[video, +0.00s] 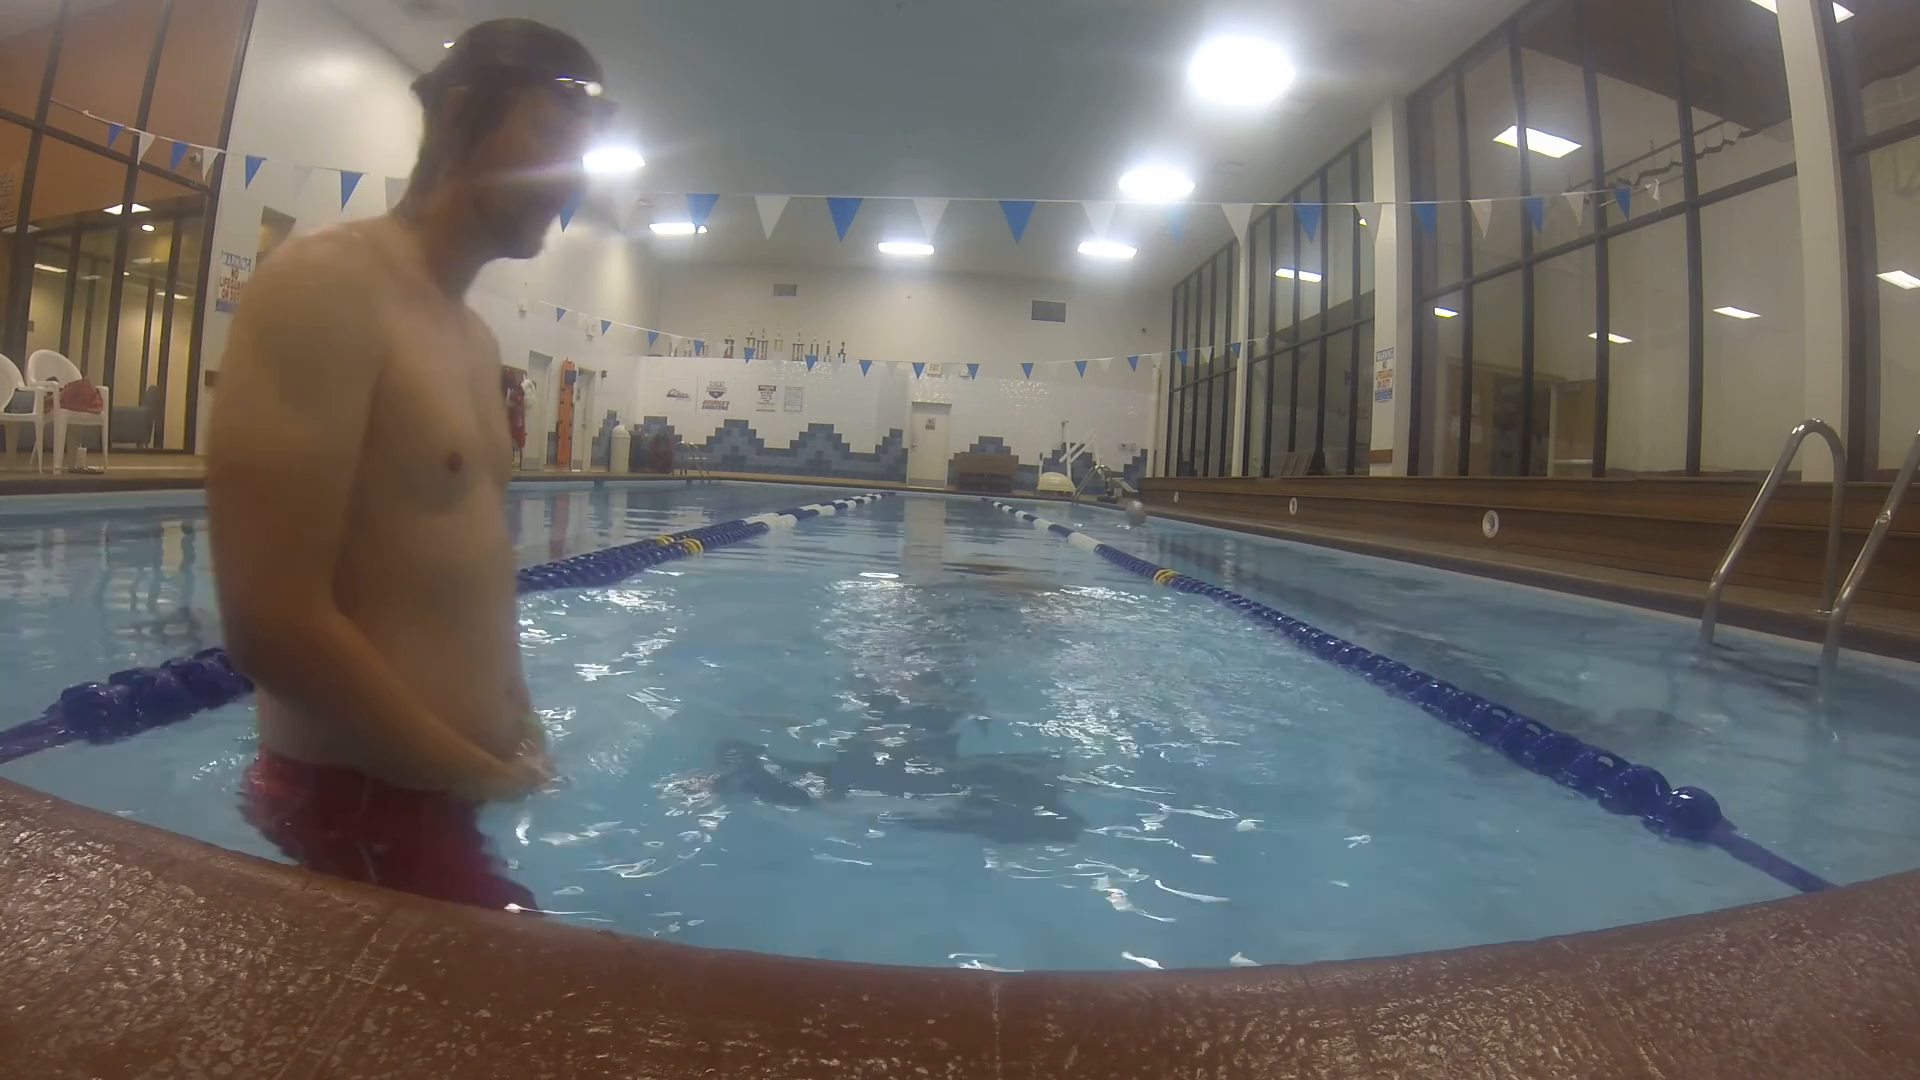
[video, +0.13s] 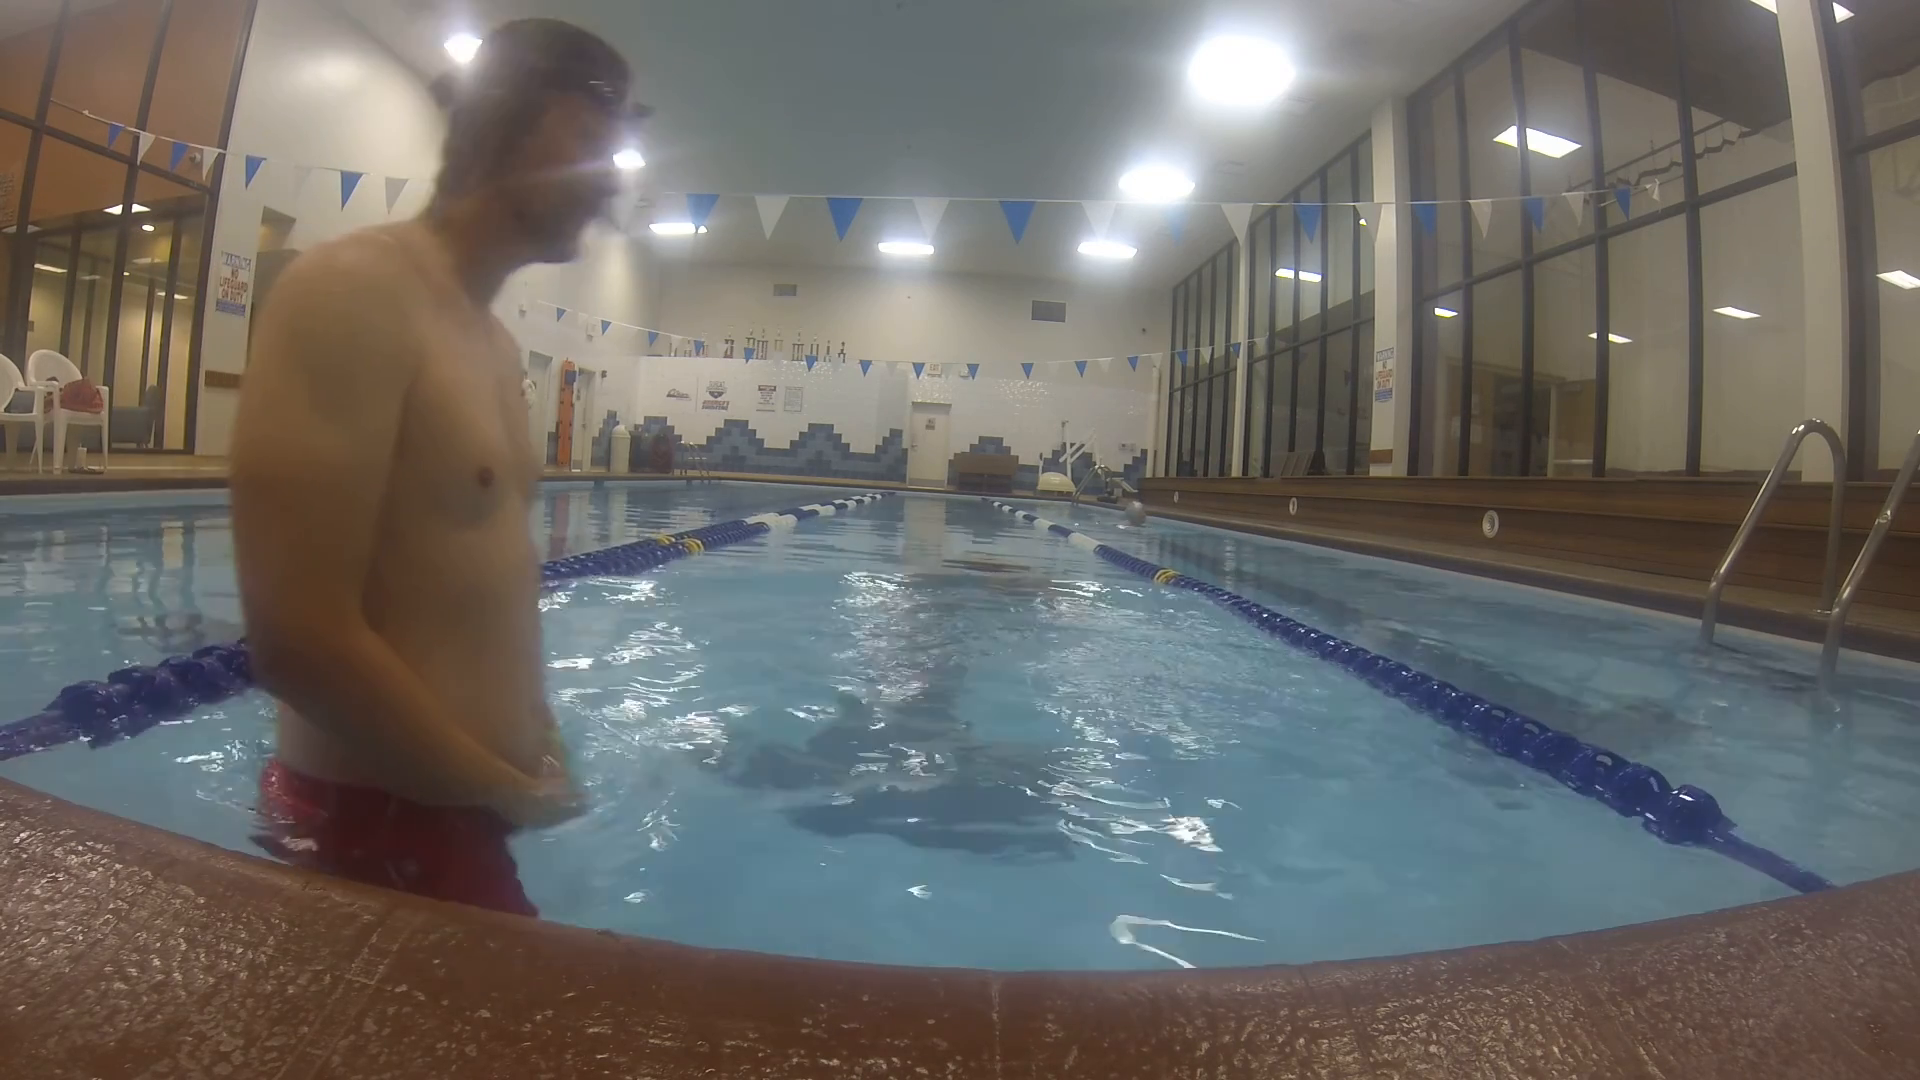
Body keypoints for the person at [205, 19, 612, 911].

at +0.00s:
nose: (575, 178)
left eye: (584, 149)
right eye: (558, 134)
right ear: (464, 115)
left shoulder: (471, 331)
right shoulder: (320, 286)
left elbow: (452, 573)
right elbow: (271, 621)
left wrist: (516, 727)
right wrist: (475, 772)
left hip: (431, 801)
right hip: (354, 805)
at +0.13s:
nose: (614, 179)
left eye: (618, 149)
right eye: (596, 136)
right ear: (510, 123)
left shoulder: (491, 339)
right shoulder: (348, 292)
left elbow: (470, 587)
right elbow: (298, 633)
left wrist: (538, 745)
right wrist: (509, 794)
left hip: (450, 823)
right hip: (373, 829)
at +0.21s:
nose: (647, 185)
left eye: (652, 158)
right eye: (631, 145)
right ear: (542, 126)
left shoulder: (508, 335)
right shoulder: (378, 292)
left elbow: (484, 600)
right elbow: (323, 643)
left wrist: (557, 758)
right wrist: (538, 810)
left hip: (455, 837)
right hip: (380, 846)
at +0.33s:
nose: (717, 191)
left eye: (717, 159)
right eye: (698, 150)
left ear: (626, 148)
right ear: (610, 135)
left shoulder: (542, 322)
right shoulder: (438, 294)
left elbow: (493, 612)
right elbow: (375, 661)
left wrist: (588, 774)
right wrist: (562, 818)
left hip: (481, 860)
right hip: (404, 872)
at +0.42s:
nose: (775, 186)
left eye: (777, 151)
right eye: (757, 142)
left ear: (661, 127)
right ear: (660, 119)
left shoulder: (578, 313)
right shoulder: (486, 284)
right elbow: (421, 670)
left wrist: (621, 786)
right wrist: (593, 821)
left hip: (501, 869)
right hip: (428, 878)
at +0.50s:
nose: (829, 174)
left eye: (832, 137)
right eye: (815, 126)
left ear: (713, 95)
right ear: (716, 91)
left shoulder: (606, 283)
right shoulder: (541, 263)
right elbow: (473, 689)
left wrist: (659, 829)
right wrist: (654, 849)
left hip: (531, 884)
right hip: (466, 894)